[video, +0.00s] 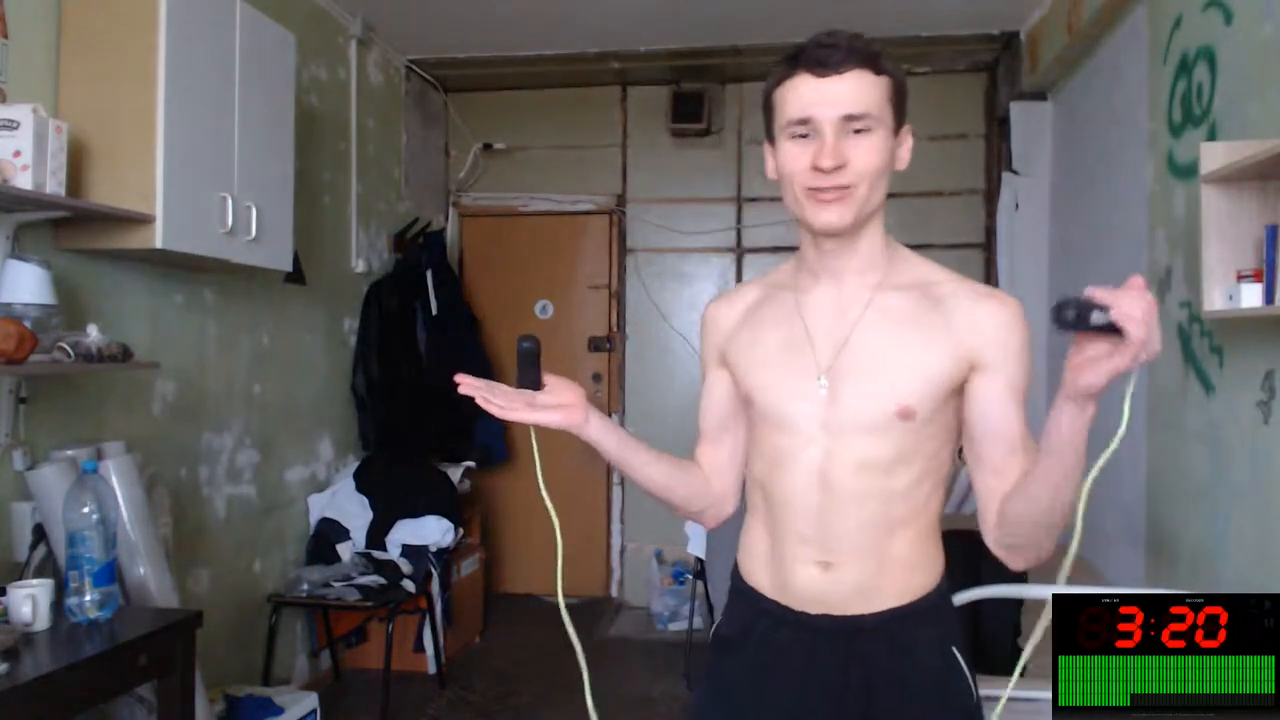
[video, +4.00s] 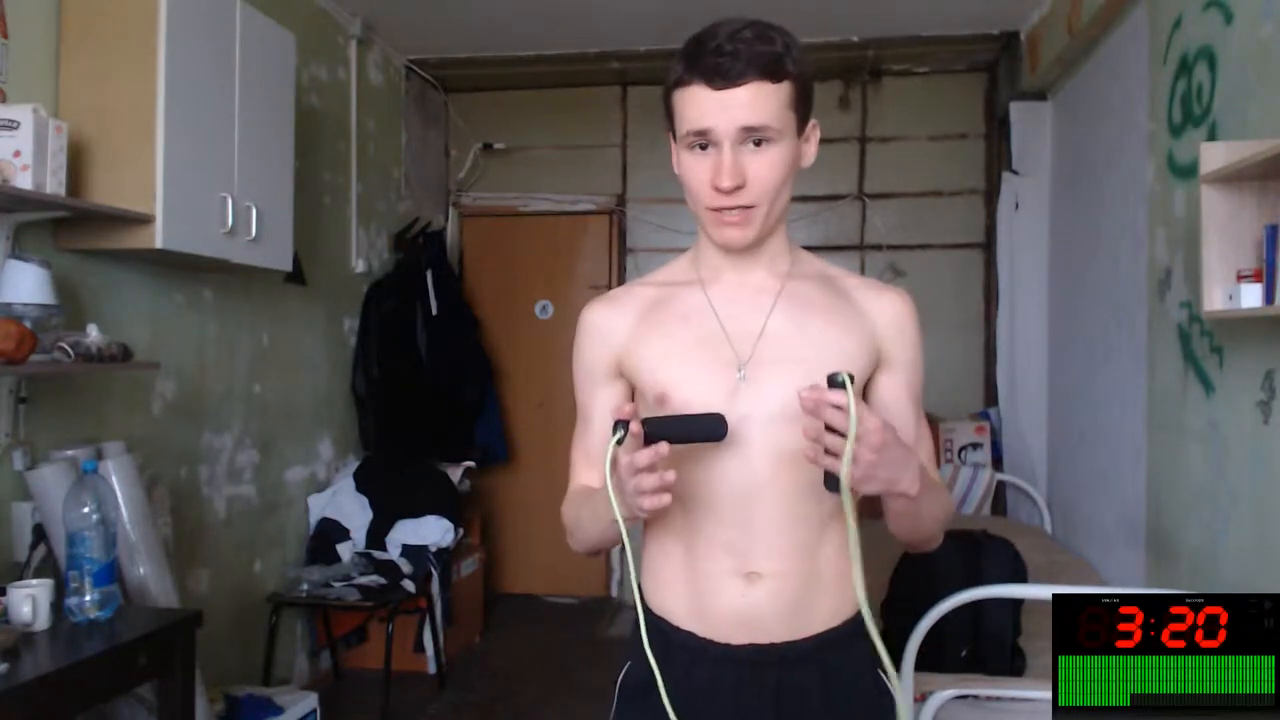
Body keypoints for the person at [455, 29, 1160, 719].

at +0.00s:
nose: (826, 158)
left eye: (855, 131)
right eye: (801, 134)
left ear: (899, 151)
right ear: (773, 161)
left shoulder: (979, 320)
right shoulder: (733, 318)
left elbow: (1018, 543)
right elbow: (710, 498)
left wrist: (1077, 397)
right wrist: (590, 422)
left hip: (904, 655)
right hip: (759, 648)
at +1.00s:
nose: (704, 152)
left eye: (729, 121)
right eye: (674, 128)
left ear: (768, 141)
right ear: (639, 154)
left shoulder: (848, 311)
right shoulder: (589, 328)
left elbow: (881, 486)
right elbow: (575, 510)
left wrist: (892, 524)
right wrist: (568, 521)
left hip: (811, 669)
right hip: (655, 673)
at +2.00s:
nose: (756, 147)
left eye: (788, 123)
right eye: (733, 119)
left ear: (824, 155)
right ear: (694, 143)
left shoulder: (885, 317)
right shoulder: (622, 321)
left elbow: (922, 540)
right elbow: (594, 530)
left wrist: (915, 456)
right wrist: (617, 494)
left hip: (837, 669)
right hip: (680, 669)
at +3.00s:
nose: (750, 136)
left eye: (772, 108)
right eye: (716, 117)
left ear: (804, 136)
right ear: (673, 156)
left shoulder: (882, 310)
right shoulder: (616, 322)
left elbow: (927, 514)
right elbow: (583, 513)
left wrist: (865, 512)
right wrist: (630, 521)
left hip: (835, 676)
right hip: (678, 675)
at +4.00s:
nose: (727, 176)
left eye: (756, 141)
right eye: (701, 145)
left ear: (806, 146)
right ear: (674, 156)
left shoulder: (879, 314)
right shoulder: (614, 323)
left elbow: (925, 532)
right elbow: (579, 529)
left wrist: (904, 477)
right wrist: (615, 500)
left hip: (835, 675)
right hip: (676, 678)